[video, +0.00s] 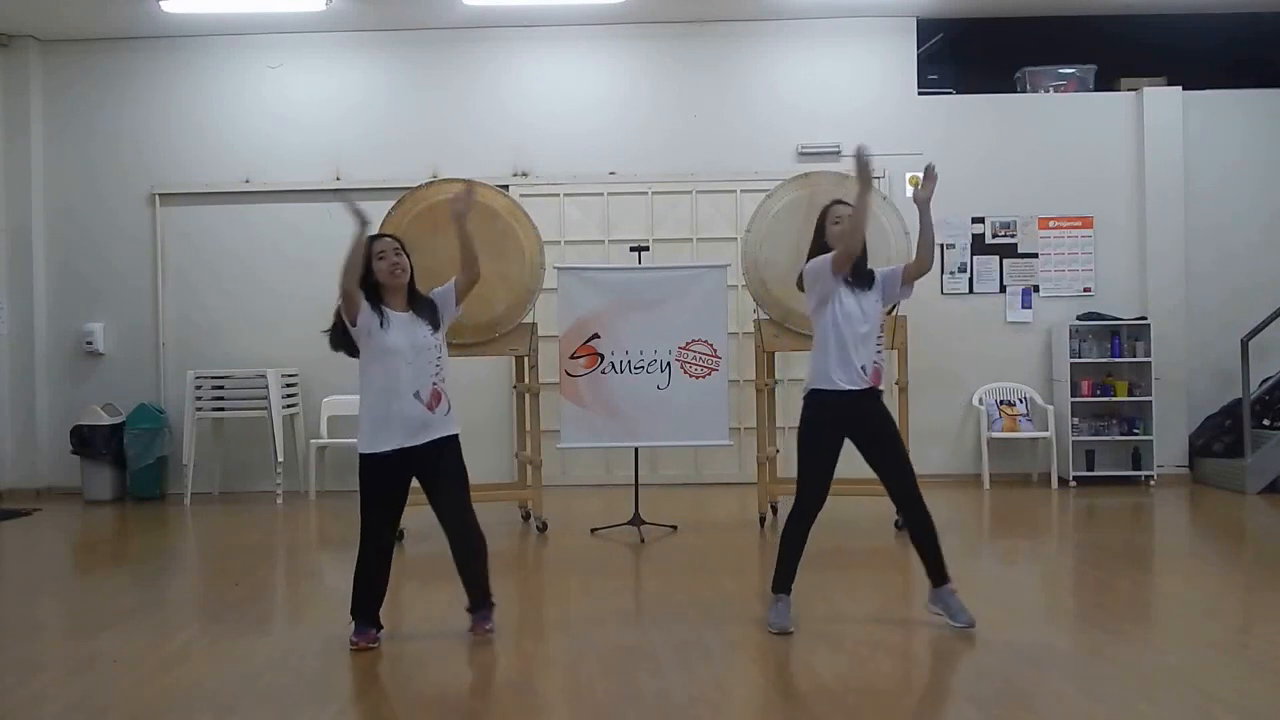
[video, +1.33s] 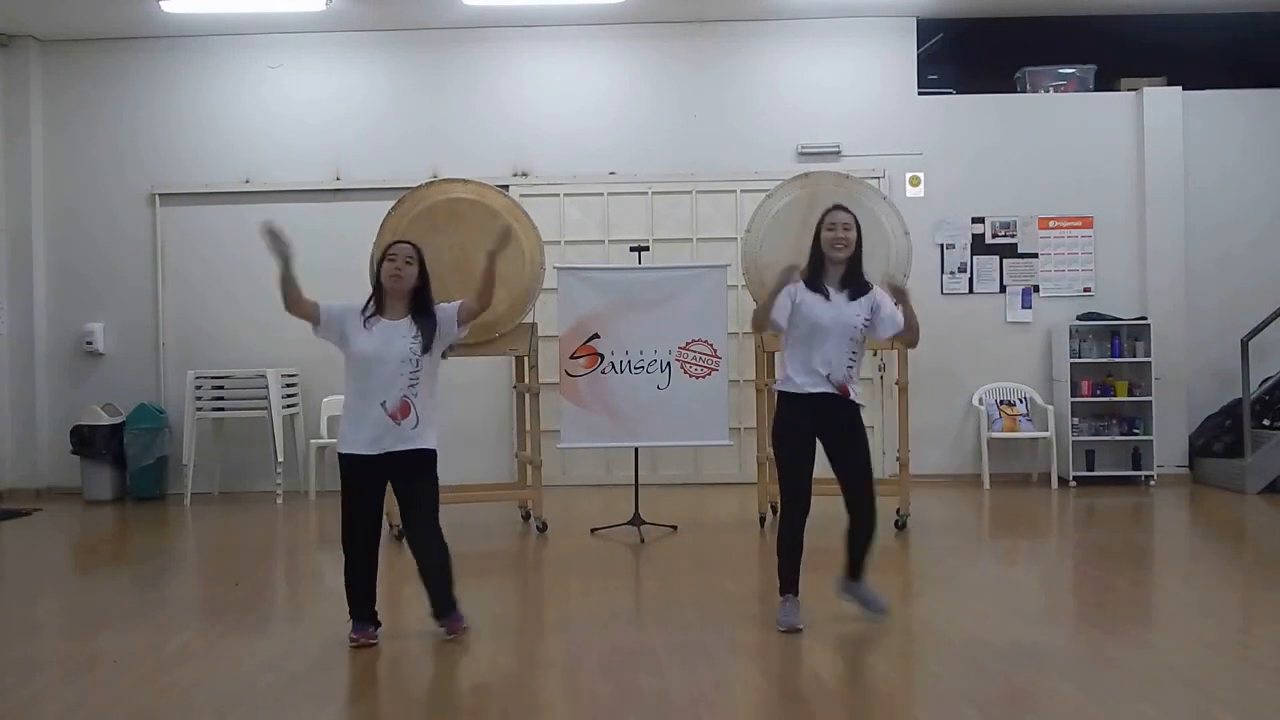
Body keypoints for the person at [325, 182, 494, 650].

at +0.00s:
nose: (392, 259)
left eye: (397, 252)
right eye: (382, 256)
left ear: (410, 264)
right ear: (371, 271)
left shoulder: (434, 310)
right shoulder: (365, 318)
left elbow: (469, 274)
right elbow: (348, 287)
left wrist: (461, 222)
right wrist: (360, 234)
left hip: (437, 438)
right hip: (382, 445)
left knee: (462, 526)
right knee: (375, 537)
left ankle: (481, 608)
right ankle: (366, 622)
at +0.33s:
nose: (435, 267)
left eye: (443, 261)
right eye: (426, 262)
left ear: (458, 273)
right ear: (416, 278)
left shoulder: (481, 317)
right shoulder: (404, 325)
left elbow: (524, 292)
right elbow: (357, 318)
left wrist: (516, 240)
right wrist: (361, 272)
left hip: (488, 445)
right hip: (434, 450)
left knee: (492, 534)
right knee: (420, 537)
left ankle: (495, 616)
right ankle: (389, 616)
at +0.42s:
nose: (445, 263)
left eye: (455, 258)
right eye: (439, 258)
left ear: (470, 272)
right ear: (430, 270)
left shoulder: (493, 315)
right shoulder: (413, 323)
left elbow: (541, 300)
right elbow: (354, 329)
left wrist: (565, 262)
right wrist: (319, 299)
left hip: (490, 444)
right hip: (437, 447)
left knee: (490, 535)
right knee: (438, 536)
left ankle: (495, 617)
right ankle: (433, 610)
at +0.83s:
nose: (455, 263)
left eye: (468, 260)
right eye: (453, 256)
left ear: (483, 277)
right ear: (444, 264)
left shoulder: (491, 317)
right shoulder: (421, 313)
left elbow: (523, 294)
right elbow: (367, 301)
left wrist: (533, 246)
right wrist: (329, 264)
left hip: (478, 445)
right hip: (428, 445)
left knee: (479, 529)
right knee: (404, 519)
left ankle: (494, 613)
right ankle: (429, 596)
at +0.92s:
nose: (448, 262)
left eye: (459, 259)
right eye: (446, 254)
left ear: (473, 273)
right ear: (436, 263)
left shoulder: (480, 316)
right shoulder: (414, 311)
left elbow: (489, 278)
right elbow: (371, 287)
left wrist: (479, 226)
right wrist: (365, 239)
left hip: (469, 447)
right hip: (417, 445)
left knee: (476, 532)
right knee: (390, 529)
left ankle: (493, 616)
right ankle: (389, 609)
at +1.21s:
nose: (407, 267)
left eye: (418, 263)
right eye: (401, 260)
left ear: (431, 279)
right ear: (390, 272)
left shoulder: (439, 322)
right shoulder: (367, 316)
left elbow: (471, 296)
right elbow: (321, 291)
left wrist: (450, 245)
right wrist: (342, 256)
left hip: (420, 448)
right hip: (367, 447)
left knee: (437, 534)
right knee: (363, 539)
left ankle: (480, 613)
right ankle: (362, 620)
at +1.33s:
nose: (398, 266)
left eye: (408, 261)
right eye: (391, 260)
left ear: (420, 276)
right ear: (379, 272)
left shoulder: (433, 320)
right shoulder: (352, 318)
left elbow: (479, 304)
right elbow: (295, 305)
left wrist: (490, 259)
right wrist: (285, 264)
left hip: (415, 447)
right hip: (360, 448)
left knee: (425, 532)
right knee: (359, 538)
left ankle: (446, 611)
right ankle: (363, 620)